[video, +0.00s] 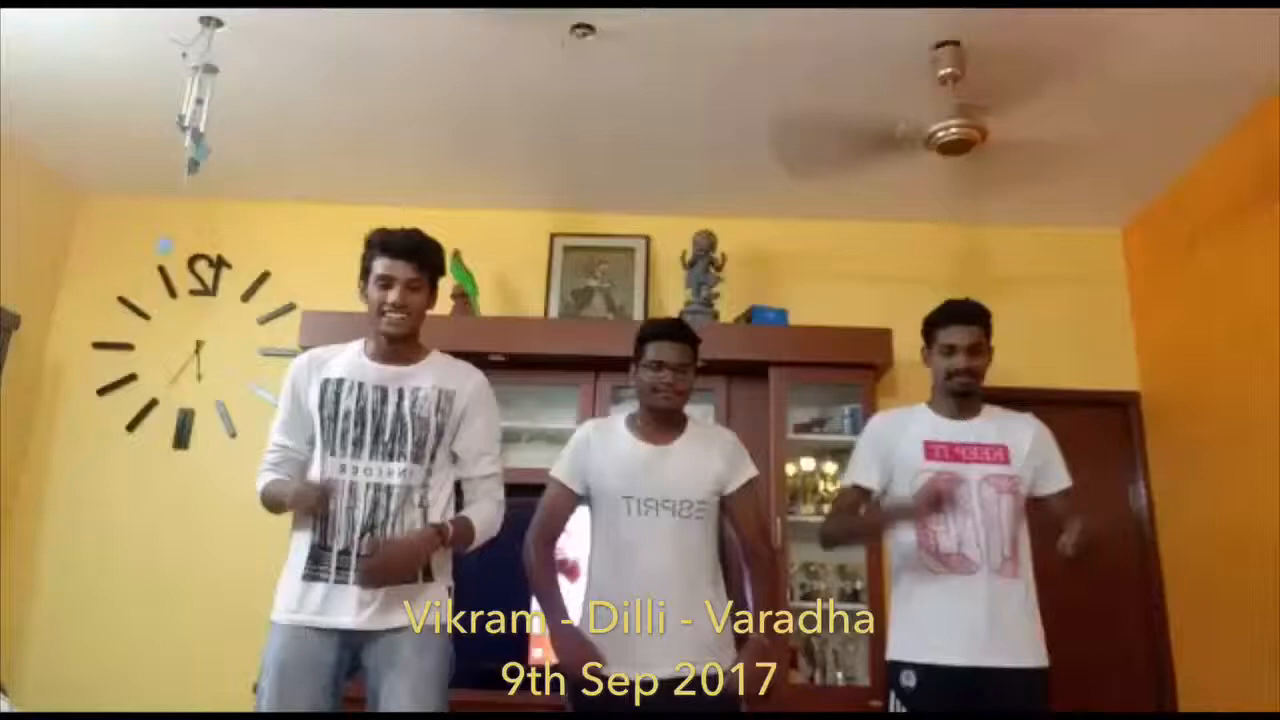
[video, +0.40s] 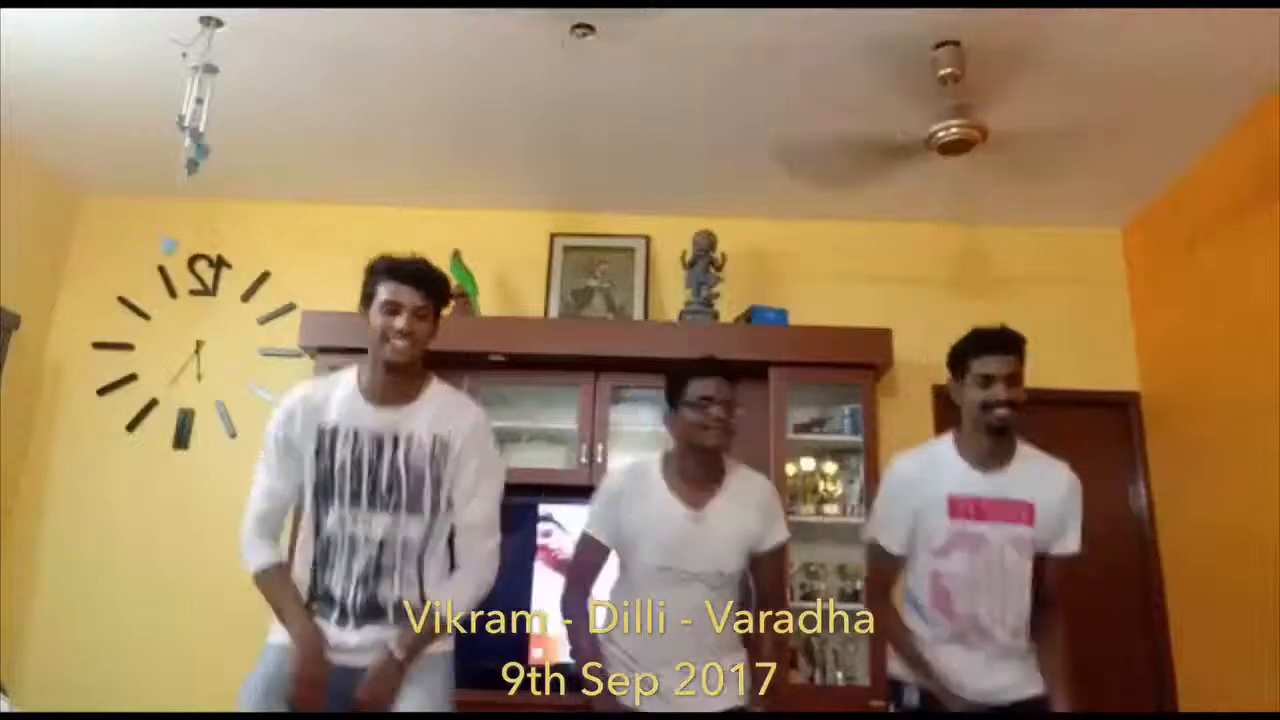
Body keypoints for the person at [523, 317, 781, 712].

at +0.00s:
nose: (668, 379)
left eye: (680, 369)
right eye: (656, 367)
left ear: (694, 377)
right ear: (634, 373)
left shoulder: (721, 447)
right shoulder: (592, 441)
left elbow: (761, 552)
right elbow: (537, 543)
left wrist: (765, 637)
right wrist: (562, 633)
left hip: (701, 675)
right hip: (608, 676)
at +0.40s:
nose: (717, 414)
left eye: (726, 405)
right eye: (702, 403)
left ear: (735, 416)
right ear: (671, 419)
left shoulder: (758, 495)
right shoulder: (626, 487)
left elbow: (773, 613)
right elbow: (574, 592)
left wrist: (763, 697)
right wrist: (595, 681)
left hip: (721, 697)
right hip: (631, 693)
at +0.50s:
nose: (746, 379)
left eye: (754, 370)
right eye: (730, 369)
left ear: (763, 381)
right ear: (696, 382)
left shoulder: (774, 472)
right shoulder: (656, 463)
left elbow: (787, 585)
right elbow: (595, 566)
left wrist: (792, 673)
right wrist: (604, 660)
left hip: (744, 691)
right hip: (655, 686)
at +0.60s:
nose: (753, 347)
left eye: (759, 338)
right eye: (738, 335)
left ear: (766, 348)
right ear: (700, 349)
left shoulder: (777, 431)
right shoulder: (661, 414)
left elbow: (795, 537)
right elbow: (604, 522)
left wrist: (838, 600)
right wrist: (605, 613)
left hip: (775, 651)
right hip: (681, 648)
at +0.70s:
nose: (770, 343)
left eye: (774, 335)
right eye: (754, 331)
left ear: (777, 347)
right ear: (711, 341)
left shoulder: (780, 426)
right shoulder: (670, 404)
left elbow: (794, 536)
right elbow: (627, 501)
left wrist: (873, 600)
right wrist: (587, 563)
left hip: (797, 629)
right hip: (705, 627)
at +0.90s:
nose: (797, 425)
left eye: (802, 414)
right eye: (785, 410)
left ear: (803, 420)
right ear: (737, 409)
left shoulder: (796, 500)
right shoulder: (686, 477)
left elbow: (829, 620)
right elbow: (646, 595)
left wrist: (905, 690)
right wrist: (561, 658)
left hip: (825, 694)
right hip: (736, 688)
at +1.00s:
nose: (802, 388)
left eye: (805, 376)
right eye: (788, 373)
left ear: (806, 382)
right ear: (746, 375)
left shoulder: (810, 472)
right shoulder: (697, 447)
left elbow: (835, 602)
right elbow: (650, 556)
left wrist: (934, 667)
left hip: (820, 682)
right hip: (727, 678)